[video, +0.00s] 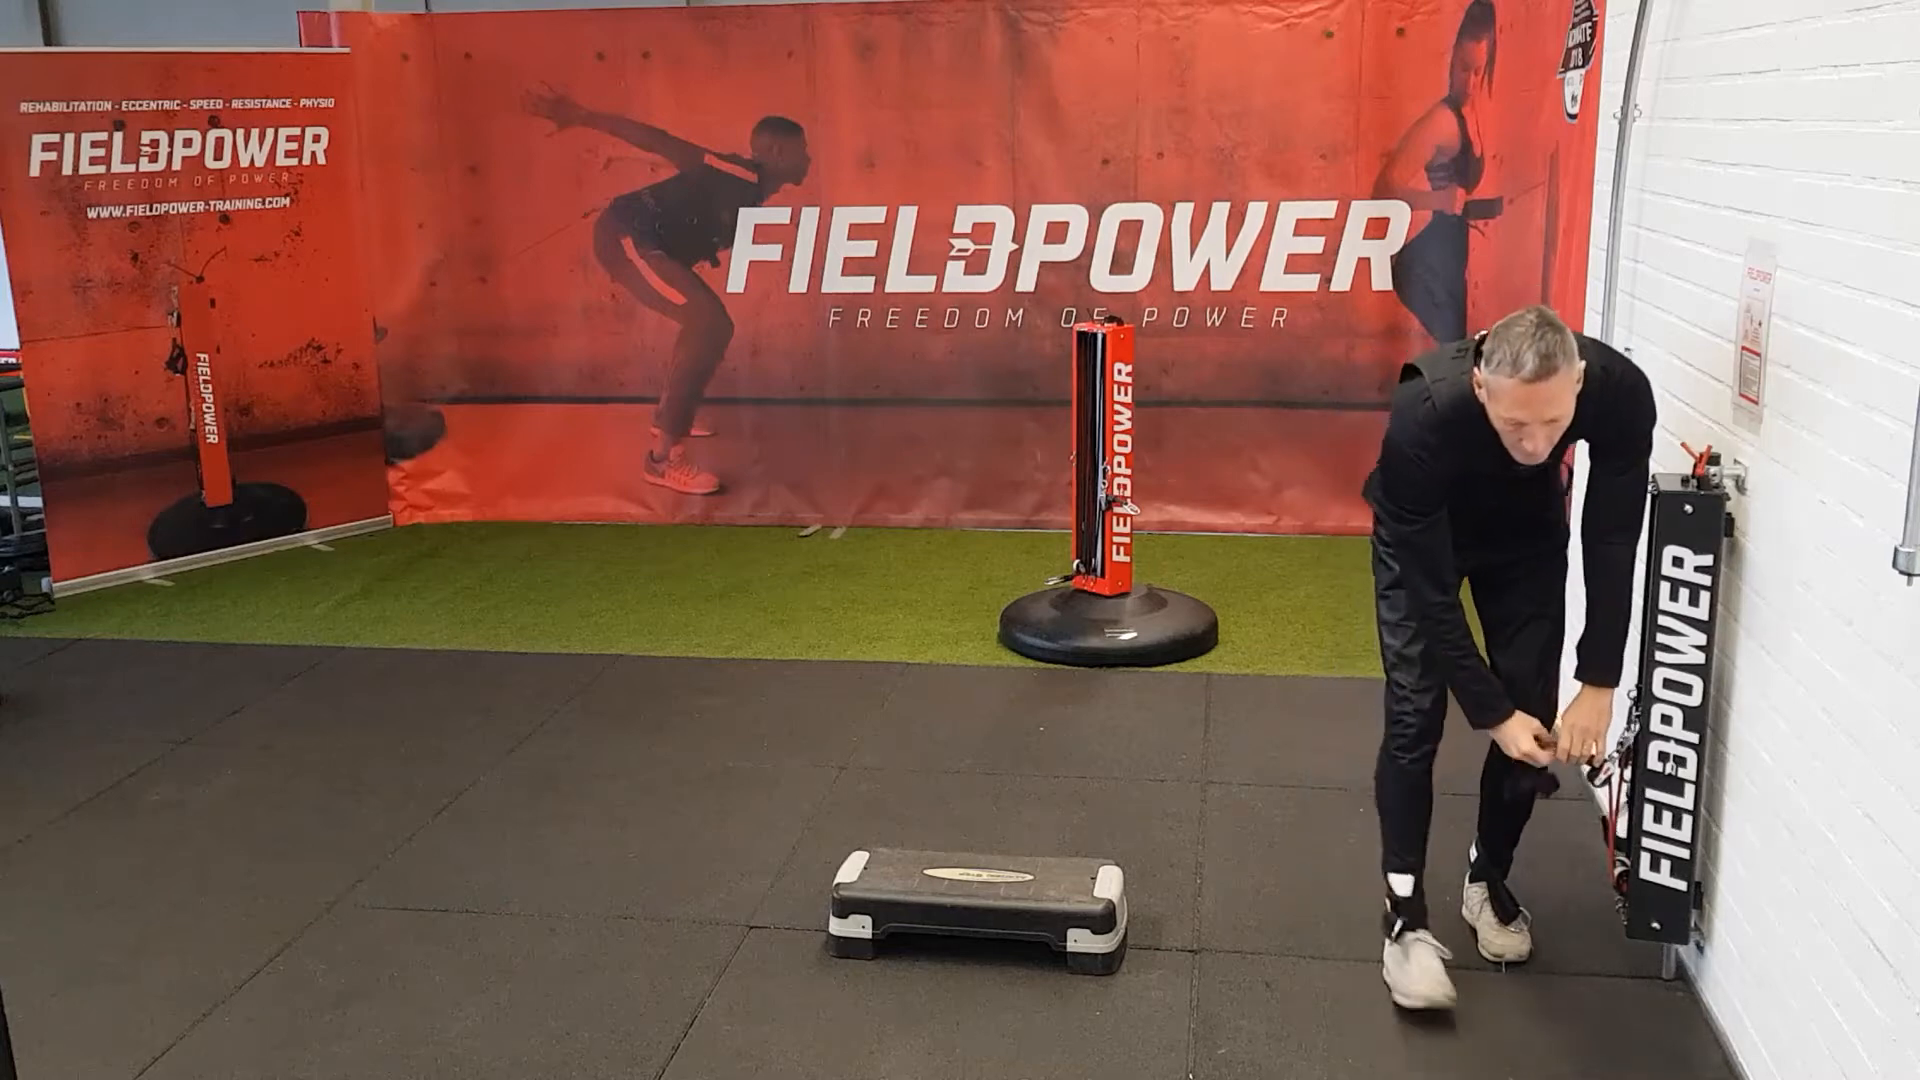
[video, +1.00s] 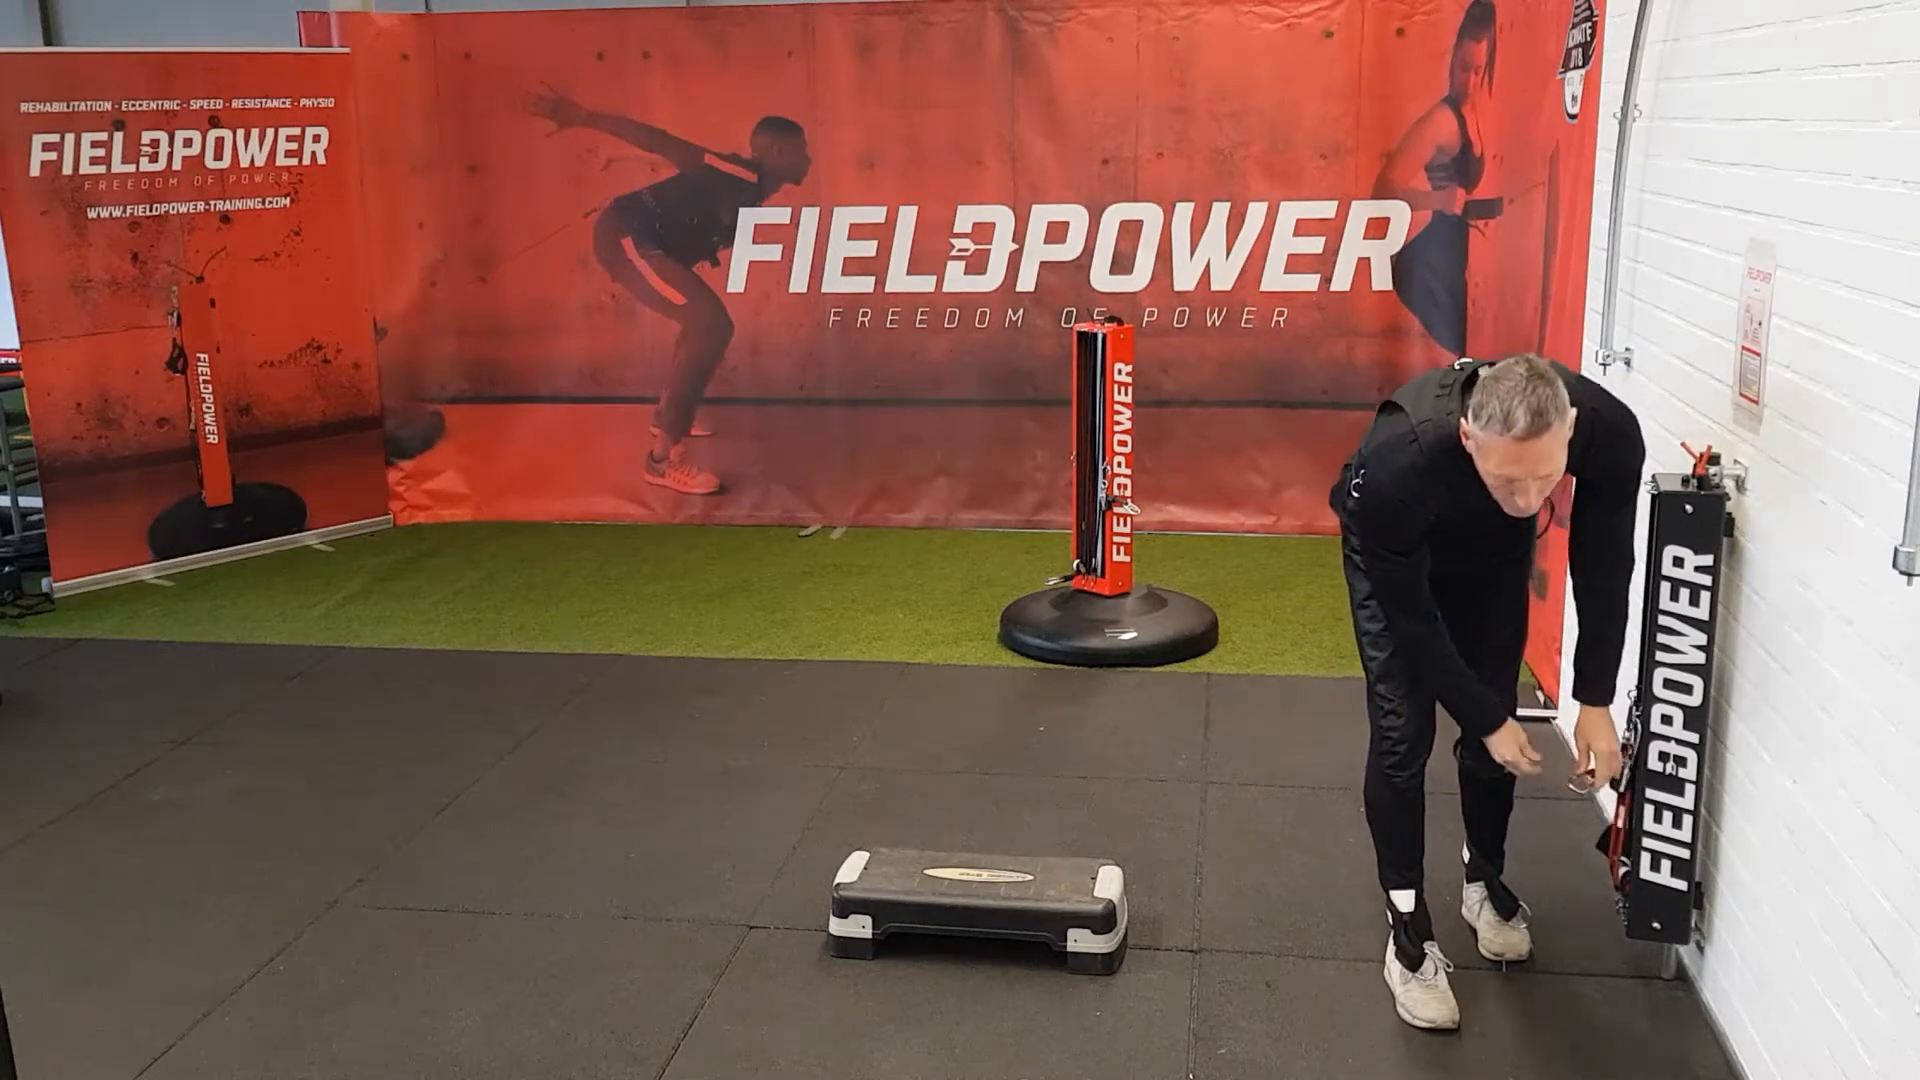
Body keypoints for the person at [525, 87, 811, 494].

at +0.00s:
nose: (808, 158)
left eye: (805, 149)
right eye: (800, 149)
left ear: (775, 151)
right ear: (772, 150)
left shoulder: (749, 197)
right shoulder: (732, 180)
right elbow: (659, 141)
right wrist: (582, 116)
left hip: (646, 237)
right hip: (626, 232)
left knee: (715, 323)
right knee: (708, 323)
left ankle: (671, 414)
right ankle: (664, 457)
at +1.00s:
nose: (808, 158)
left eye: (805, 149)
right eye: (800, 150)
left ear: (773, 151)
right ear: (772, 151)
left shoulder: (744, 185)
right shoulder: (735, 181)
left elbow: (659, 142)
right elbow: (658, 141)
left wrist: (583, 116)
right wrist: (583, 117)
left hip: (638, 234)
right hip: (627, 234)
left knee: (709, 322)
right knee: (713, 326)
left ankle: (670, 414)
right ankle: (664, 457)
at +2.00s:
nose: (807, 159)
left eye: (804, 150)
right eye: (801, 150)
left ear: (773, 151)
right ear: (772, 150)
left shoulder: (749, 189)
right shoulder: (737, 178)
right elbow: (662, 143)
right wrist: (582, 117)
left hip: (642, 237)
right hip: (627, 235)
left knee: (710, 322)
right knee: (712, 325)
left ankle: (670, 413)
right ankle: (665, 458)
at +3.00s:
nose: (807, 159)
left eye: (805, 150)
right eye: (801, 150)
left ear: (774, 151)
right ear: (772, 149)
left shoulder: (749, 187)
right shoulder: (737, 176)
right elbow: (659, 141)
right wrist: (581, 117)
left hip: (643, 236)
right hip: (627, 234)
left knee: (710, 322)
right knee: (712, 325)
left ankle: (670, 414)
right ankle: (666, 457)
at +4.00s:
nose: (807, 159)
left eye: (805, 150)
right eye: (800, 150)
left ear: (774, 151)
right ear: (772, 150)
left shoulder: (749, 188)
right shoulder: (735, 177)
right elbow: (662, 142)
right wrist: (584, 117)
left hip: (644, 236)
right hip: (626, 233)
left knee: (709, 321)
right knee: (713, 326)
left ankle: (670, 411)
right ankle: (665, 457)